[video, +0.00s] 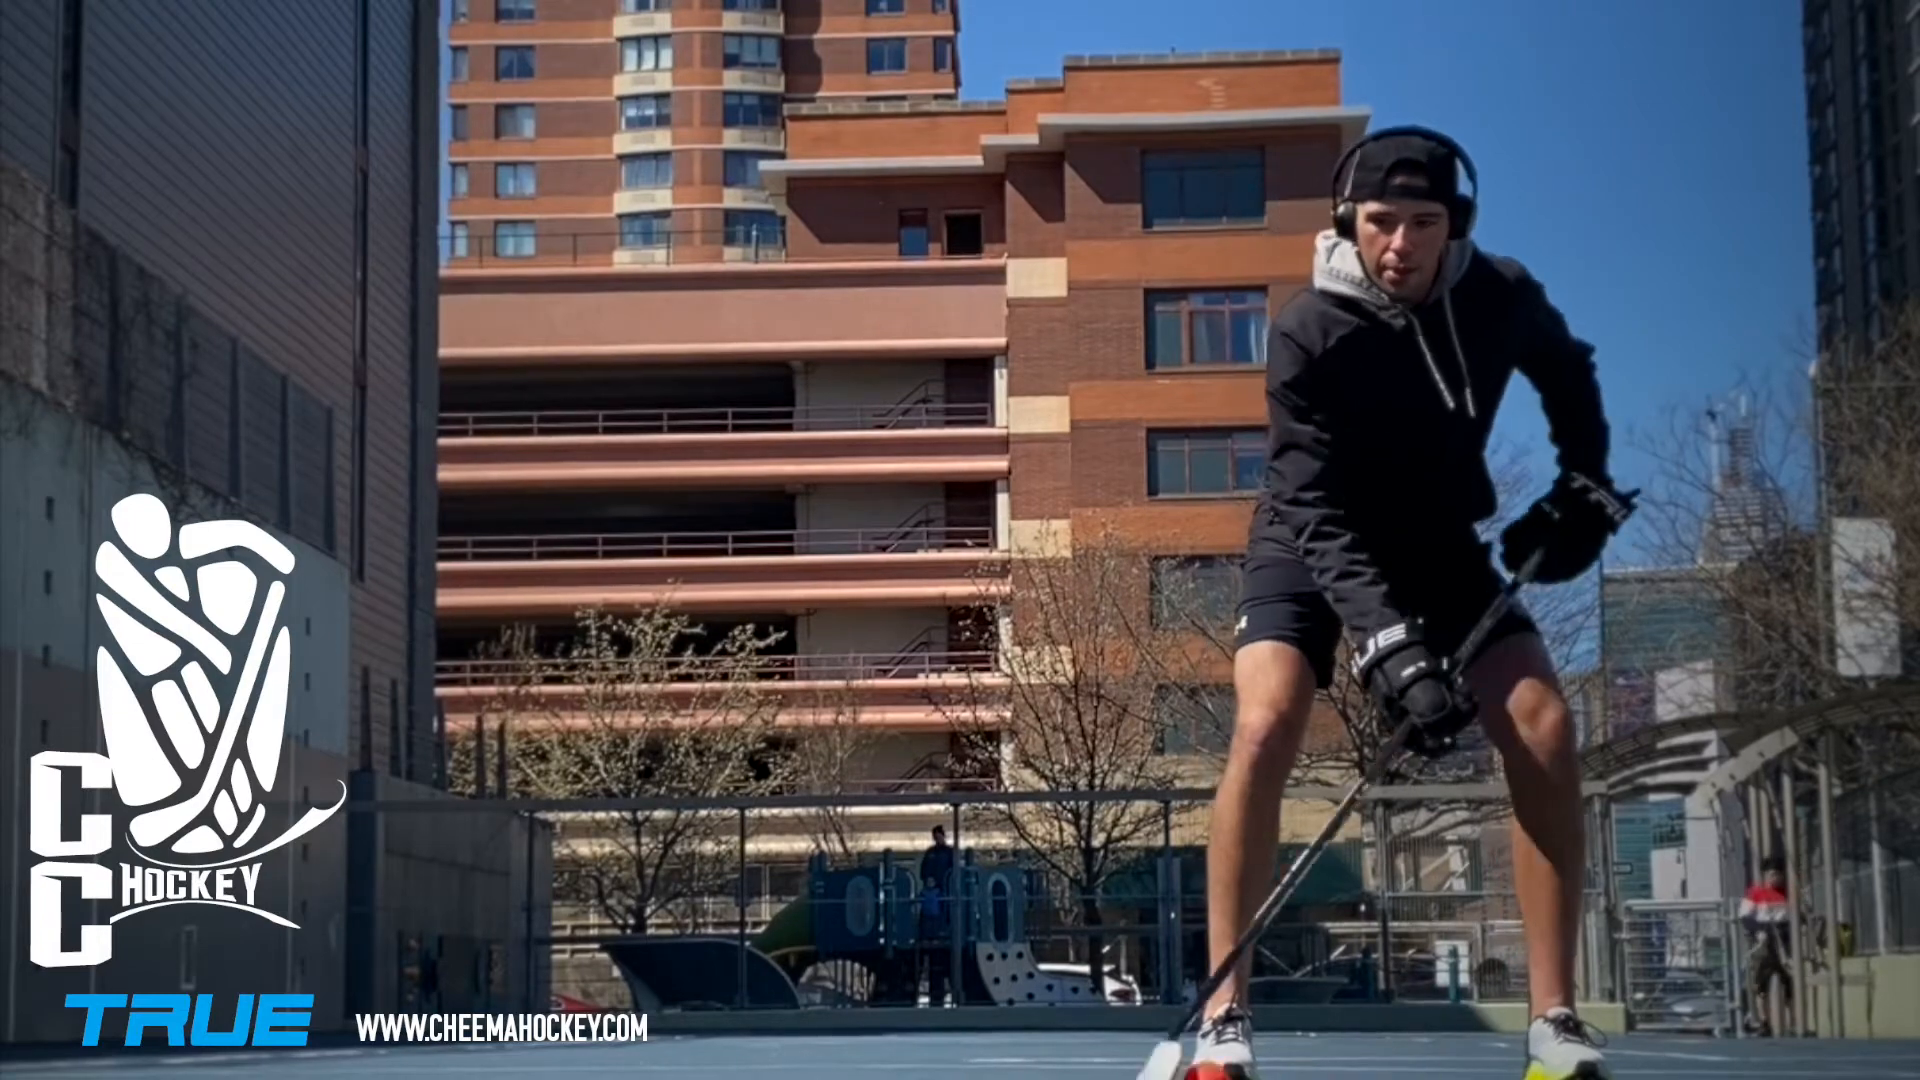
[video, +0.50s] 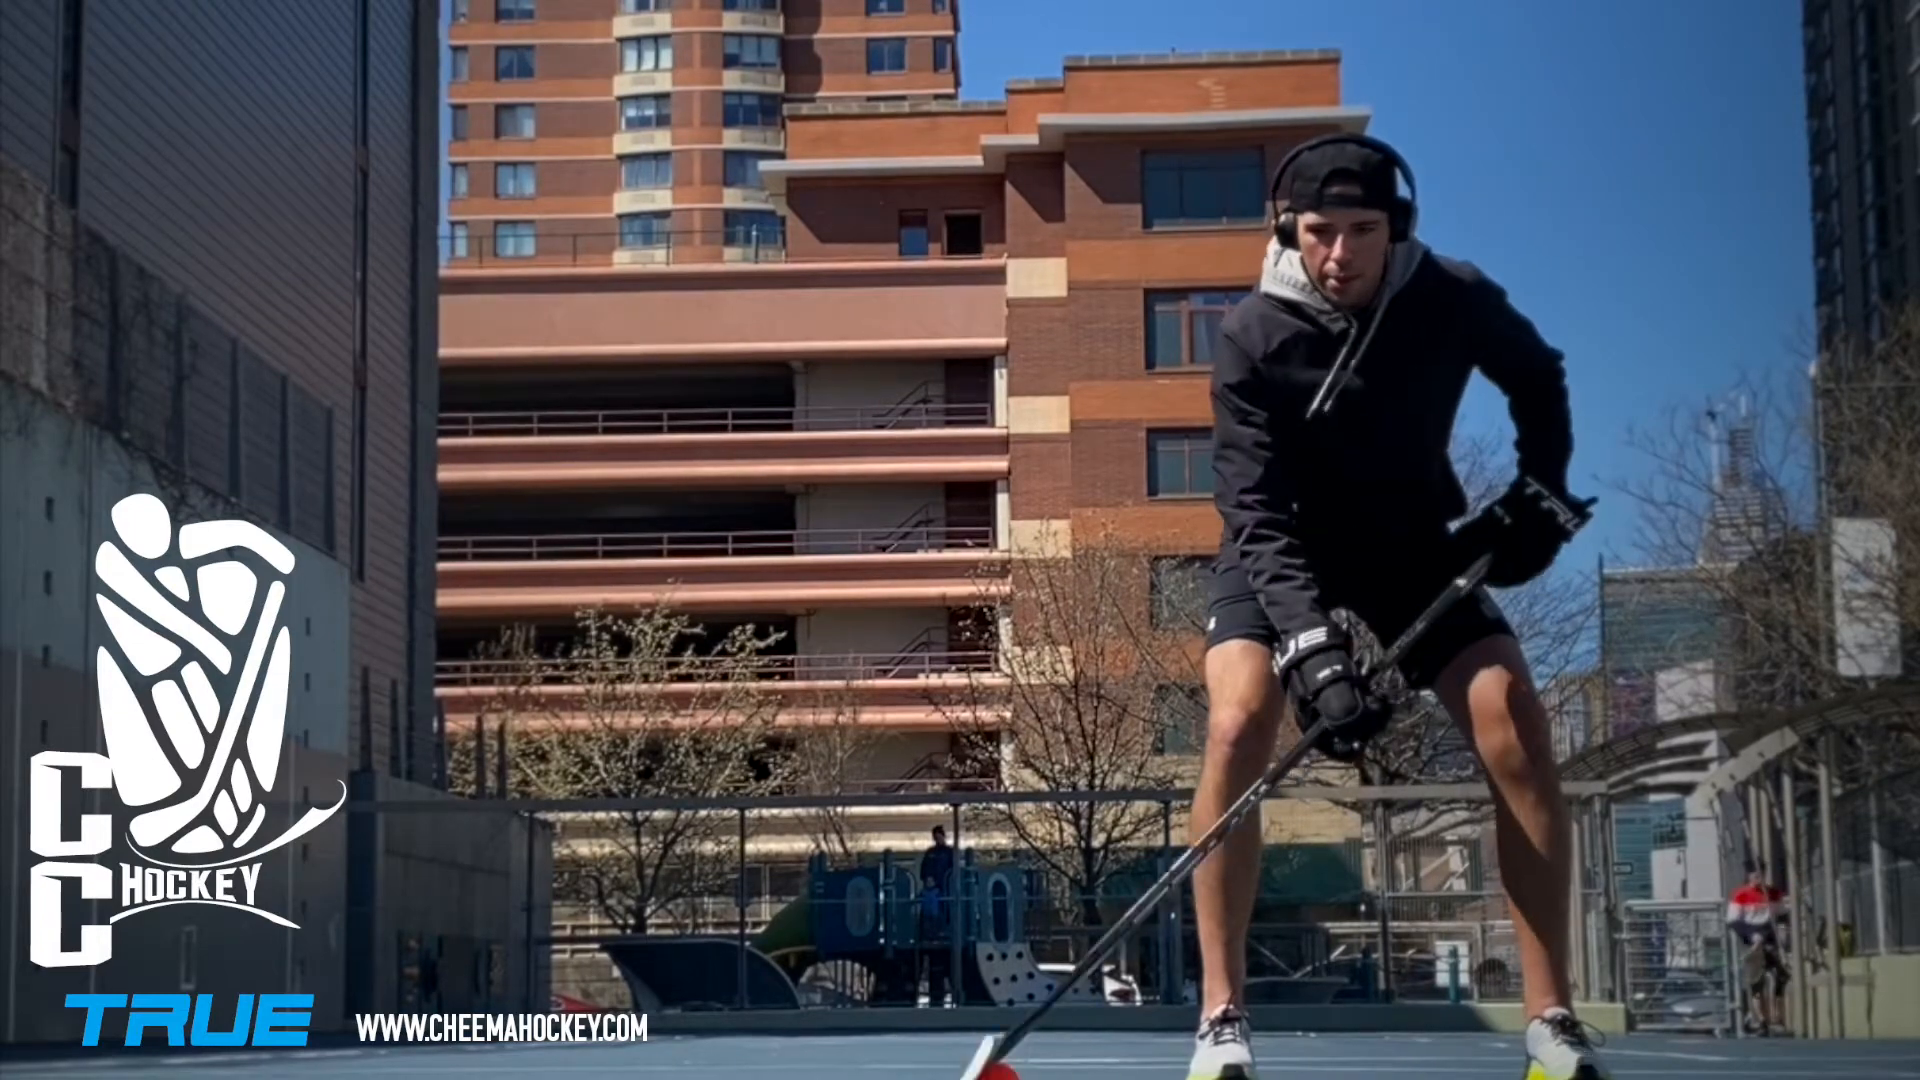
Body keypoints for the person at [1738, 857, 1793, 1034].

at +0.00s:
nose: (1773, 879)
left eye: (1776, 874)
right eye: (1769, 875)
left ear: (1782, 876)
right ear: (1763, 876)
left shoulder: (1785, 895)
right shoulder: (1755, 894)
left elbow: (1792, 918)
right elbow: (1745, 915)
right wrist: (1755, 933)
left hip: (1783, 942)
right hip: (1761, 942)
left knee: (1788, 982)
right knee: (1758, 984)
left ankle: (1793, 1024)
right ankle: (1762, 1021)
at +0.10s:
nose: (1771, 880)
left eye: (1775, 875)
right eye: (1767, 875)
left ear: (1782, 876)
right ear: (1762, 876)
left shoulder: (1785, 895)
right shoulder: (1753, 895)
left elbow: (1790, 921)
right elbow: (1740, 916)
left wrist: (1790, 949)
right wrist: (1750, 936)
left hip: (1780, 944)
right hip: (1759, 945)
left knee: (1787, 983)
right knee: (1757, 986)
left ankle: (1792, 1023)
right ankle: (1763, 1022)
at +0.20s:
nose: (1768, 880)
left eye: (1772, 875)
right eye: (1765, 875)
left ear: (1778, 876)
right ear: (1759, 875)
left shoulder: (1782, 896)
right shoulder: (1748, 896)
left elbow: (1788, 921)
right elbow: (1738, 920)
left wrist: (1788, 945)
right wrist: (1748, 939)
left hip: (1778, 945)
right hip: (1757, 946)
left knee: (1786, 983)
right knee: (1757, 986)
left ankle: (1789, 1023)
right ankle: (1760, 1022)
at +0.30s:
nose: (1761, 880)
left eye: (1765, 875)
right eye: (1758, 875)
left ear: (1770, 876)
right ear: (1753, 875)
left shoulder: (1776, 895)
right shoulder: (1744, 895)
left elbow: (1785, 918)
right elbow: (1734, 918)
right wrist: (1747, 937)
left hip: (1775, 944)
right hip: (1755, 945)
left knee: (1784, 980)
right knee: (1757, 984)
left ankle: (1786, 1020)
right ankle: (1763, 1022)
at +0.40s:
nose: (1761, 879)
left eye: (1764, 875)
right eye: (1757, 875)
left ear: (1768, 875)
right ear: (1750, 876)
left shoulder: (1773, 895)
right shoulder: (1743, 896)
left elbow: (1783, 918)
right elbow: (1733, 919)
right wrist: (1746, 938)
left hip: (1772, 943)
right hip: (1753, 944)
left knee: (1781, 977)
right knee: (1756, 981)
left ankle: (1778, 1019)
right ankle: (1758, 1021)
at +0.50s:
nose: (1758, 878)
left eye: (1760, 874)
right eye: (1754, 874)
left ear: (1764, 874)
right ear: (1748, 876)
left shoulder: (1772, 894)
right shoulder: (1740, 897)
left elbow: (1782, 916)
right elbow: (1733, 920)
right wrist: (1749, 936)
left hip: (1771, 942)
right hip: (1752, 944)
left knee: (1781, 976)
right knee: (1756, 982)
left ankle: (1778, 1019)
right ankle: (1761, 1021)